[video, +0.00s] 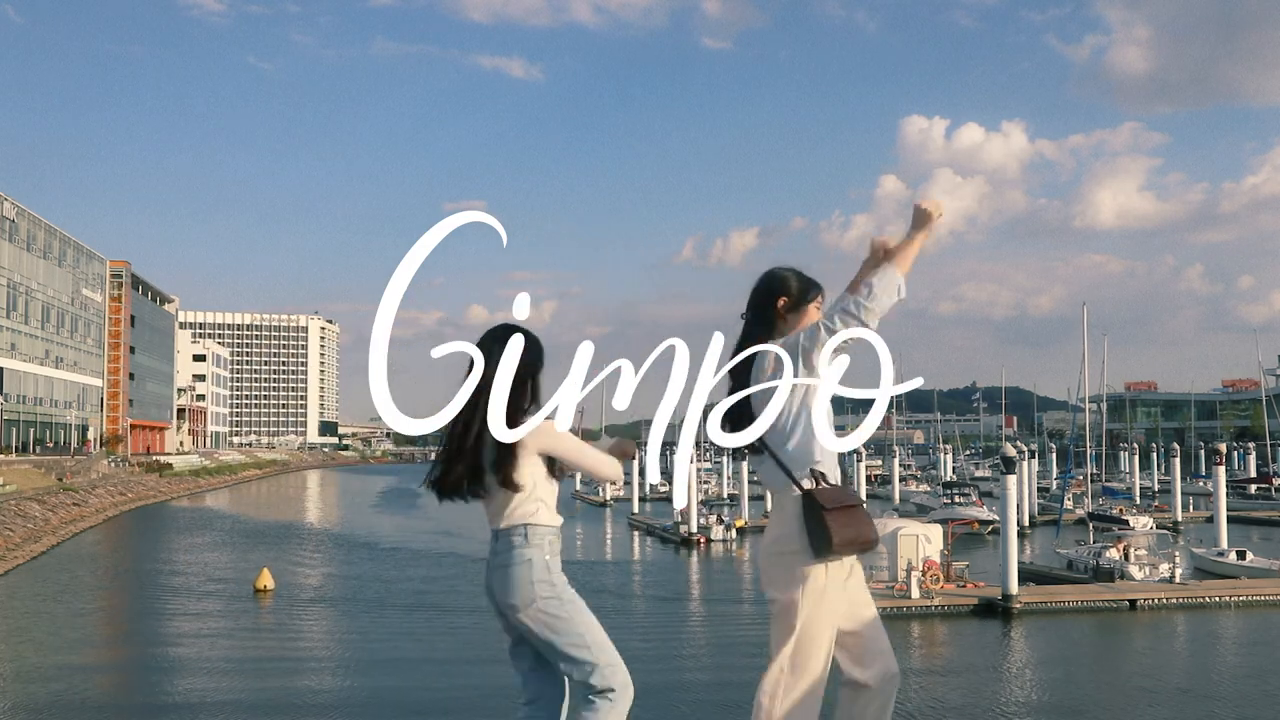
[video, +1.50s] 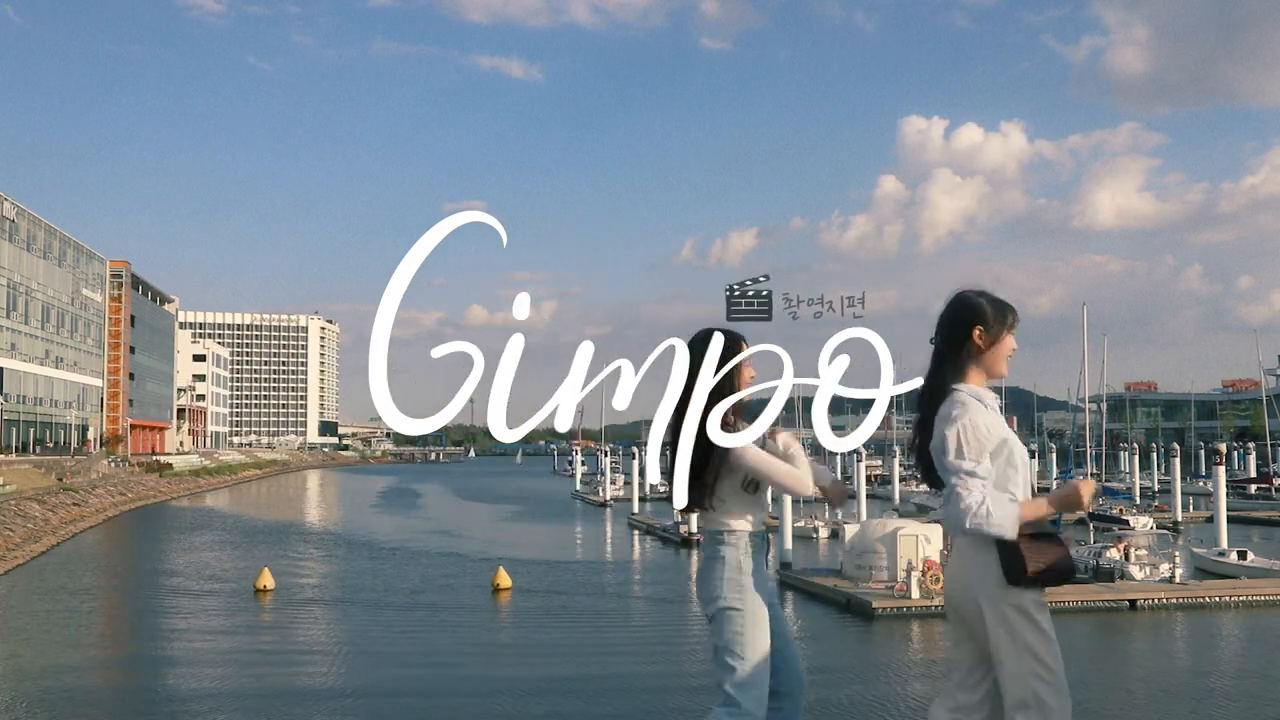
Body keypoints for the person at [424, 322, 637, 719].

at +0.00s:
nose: (538, 380)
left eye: (535, 371)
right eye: (535, 370)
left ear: (482, 370)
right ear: (528, 374)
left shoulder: (479, 434)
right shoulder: (535, 429)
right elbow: (612, 471)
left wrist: (568, 447)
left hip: (504, 574)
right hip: (535, 575)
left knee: (542, 697)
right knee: (612, 687)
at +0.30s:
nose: (593, 364)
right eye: (588, 357)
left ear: (528, 365)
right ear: (583, 362)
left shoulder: (520, 419)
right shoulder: (597, 417)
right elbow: (668, 453)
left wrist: (624, 424)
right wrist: (615, 474)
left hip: (550, 556)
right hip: (604, 553)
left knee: (551, 672)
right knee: (640, 674)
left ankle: (542, 713)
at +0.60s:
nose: (649, 386)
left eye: (645, 377)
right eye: (644, 377)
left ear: (588, 384)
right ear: (637, 383)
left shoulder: (586, 444)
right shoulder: (640, 439)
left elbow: (642, 483)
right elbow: (721, 487)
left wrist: (684, 443)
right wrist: (701, 507)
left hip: (605, 577)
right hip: (645, 578)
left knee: (605, 703)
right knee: (696, 702)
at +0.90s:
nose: (686, 364)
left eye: (687, 353)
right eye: (678, 352)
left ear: (685, 359)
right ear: (653, 356)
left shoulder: (679, 406)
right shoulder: (637, 426)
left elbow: (752, 425)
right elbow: (698, 462)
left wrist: (723, 410)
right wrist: (771, 443)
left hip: (696, 548)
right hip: (663, 551)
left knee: (744, 669)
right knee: (679, 694)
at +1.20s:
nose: (717, 387)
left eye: (716, 377)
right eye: (706, 379)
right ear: (679, 384)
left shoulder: (720, 424)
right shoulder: (662, 451)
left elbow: (778, 429)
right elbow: (721, 502)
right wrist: (779, 443)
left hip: (752, 556)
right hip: (709, 563)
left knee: (787, 687)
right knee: (714, 697)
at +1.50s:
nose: (752, 372)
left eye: (750, 363)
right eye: (745, 365)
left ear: (722, 373)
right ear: (723, 371)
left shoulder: (736, 426)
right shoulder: (722, 434)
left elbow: (786, 459)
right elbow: (803, 485)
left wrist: (828, 484)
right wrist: (786, 442)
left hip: (752, 562)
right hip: (733, 565)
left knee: (788, 684)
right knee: (743, 699)